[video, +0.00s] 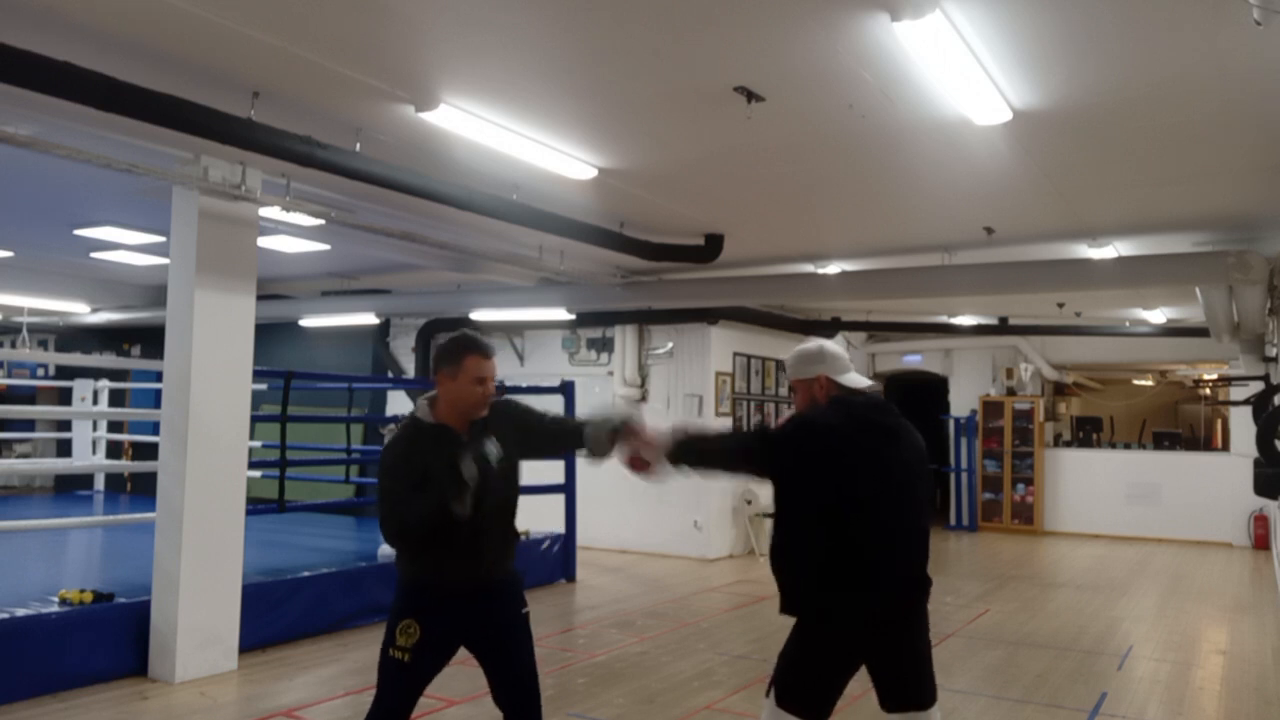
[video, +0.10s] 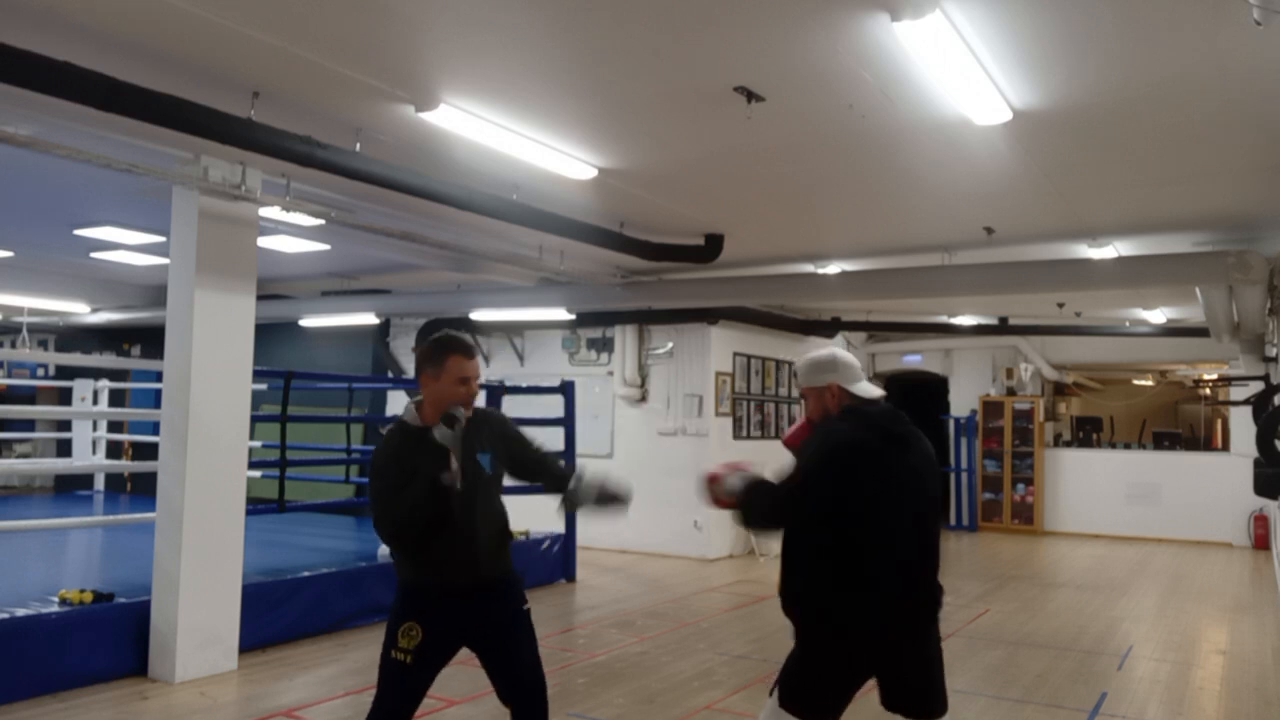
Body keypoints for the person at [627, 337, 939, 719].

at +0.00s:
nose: (792, 403)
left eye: (795, 391)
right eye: (791, 392)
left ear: (822, 387)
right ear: (837, 387)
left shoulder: (813, 433)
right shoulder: (900, 430)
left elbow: (747, 449)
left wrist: (669, 446)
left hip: (833, 608)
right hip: (901, 603)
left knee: (786, 710)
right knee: (918, 712)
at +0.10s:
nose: (805, 411)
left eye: (807, 399)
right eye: (803, 400)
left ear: (833, 395)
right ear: (842, 391)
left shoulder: (833, 441)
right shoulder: (909, 436)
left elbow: (790, 509)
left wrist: (745, 488)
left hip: (843, 623)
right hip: (910, 615)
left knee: (786, 712)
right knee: (923, 711)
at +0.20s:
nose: (812, 419)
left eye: (814, 406)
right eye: (810, 407)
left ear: (842, 402)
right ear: (849, 400)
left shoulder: (846, 446)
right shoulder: (913, 437)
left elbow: (803, 530)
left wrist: (751, 482)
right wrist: (817, 458)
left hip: (855, 626)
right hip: (920, 620)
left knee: (774, 712)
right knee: (921, 713)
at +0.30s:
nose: (807, 418)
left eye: (808, 404)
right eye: (804, 406)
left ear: (836, 400)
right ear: (843, 398)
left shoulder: (840, 447)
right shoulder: (905, 435)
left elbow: (777, 522)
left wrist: (745, 465)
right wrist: (803, 467)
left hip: (849, 620)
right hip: (911, 611)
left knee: (773, 711)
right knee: (911, 711)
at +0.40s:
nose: (790, 406)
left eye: (791, 393)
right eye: (788, 395)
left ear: (819, 387)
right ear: (822, 386)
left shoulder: (849, 435)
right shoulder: (879, 424)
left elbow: (805, 521)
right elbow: (815, 512)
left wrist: (766, 461)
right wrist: (764, 467)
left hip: (843, 623)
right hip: (888, 614)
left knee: (785, 711)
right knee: (897, 710)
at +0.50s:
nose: (781, 404)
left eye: (785, 393)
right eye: (780, 394)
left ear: (816, 388)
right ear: (816, 387)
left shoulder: (872, 435)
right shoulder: (820, 425)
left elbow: (827, 525)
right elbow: (745, 439)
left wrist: (780, 463)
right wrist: (668, 433)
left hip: (864, 611)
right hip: (833, 602)